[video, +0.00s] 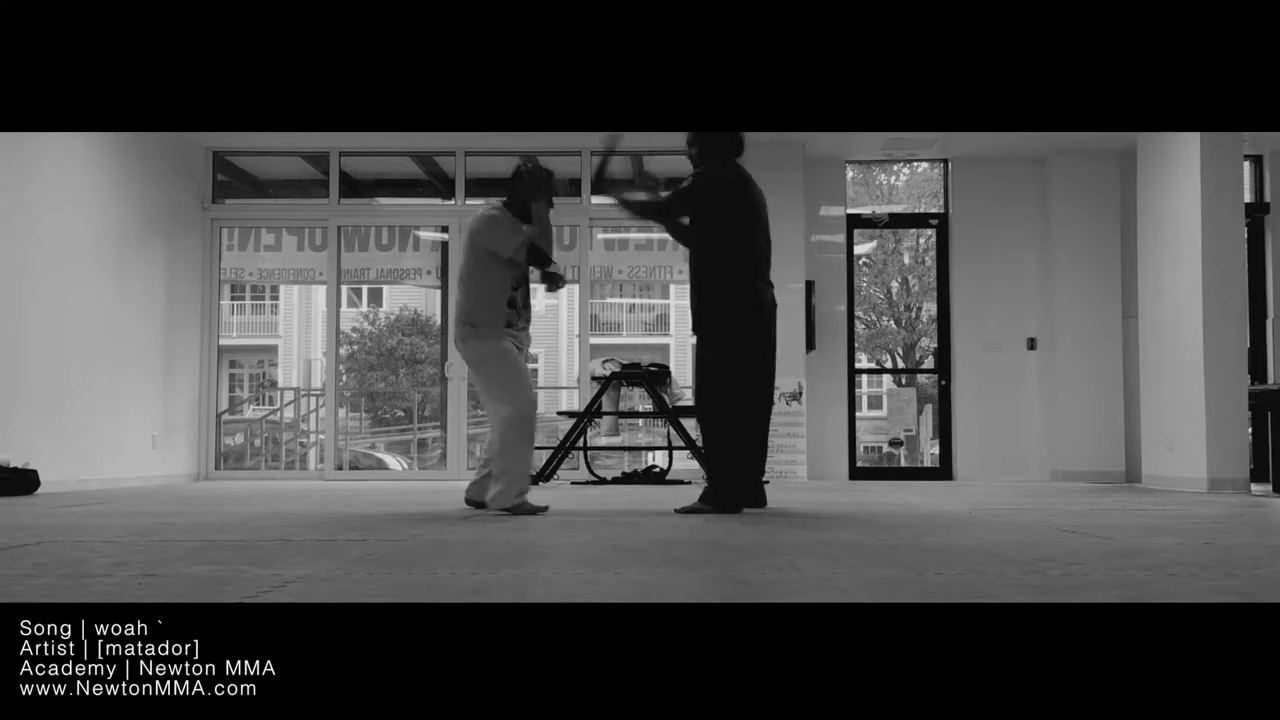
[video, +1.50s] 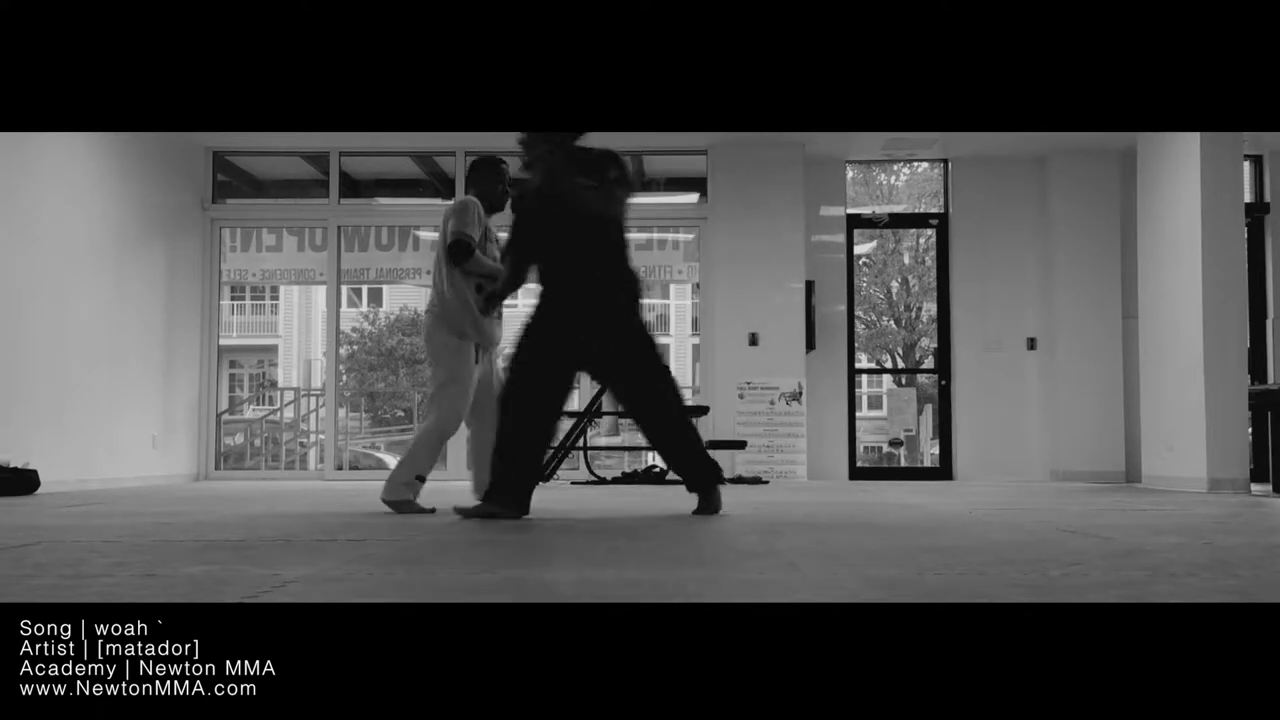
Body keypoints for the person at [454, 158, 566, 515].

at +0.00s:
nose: (546, 209)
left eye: (546, 203)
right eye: (544, 203)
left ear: (519, 194)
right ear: (528, 198)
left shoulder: (506, 224)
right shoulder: (492, 222)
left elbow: (529, 268)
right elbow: (543, 255)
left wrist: (550, 277)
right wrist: (542, 206)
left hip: (502, 335)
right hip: (484, 334)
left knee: (511, 408)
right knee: (519, 406)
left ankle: (484, 487)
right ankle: (508, 497)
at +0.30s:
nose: (541, 170)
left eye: (541, 162)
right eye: (537, 162)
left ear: (517, 164)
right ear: (517, 163)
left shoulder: (518, 203)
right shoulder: (481, 197)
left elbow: (532, 247)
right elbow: (522, 245)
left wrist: (557, 212)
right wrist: (543, 201)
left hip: (514, 323)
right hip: (486, 321)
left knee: (519, 402)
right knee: (507, 401)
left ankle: (474, 473)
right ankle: (497, 496)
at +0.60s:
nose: (543, 191)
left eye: (542, 184)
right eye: (542, 184)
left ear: (510, 176)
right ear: (536, 179)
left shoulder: (482, 203)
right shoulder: (522, 195)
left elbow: (480, 258)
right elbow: (530, 253)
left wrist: (518, 273)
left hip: (458, 322)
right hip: (489, 322)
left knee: (483, 407)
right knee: (521, 404)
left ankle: (463, 492)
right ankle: (498, 497)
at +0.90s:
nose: (514, 189)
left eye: (514, 184)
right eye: (512, 183)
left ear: (478, 181)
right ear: (501, 181)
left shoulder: (448, 214)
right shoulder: (509, 201)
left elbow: (444, 271)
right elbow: (529, 248)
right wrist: (542, 264)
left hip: (457, 322)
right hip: (498, 318)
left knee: (475, 407)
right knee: (528, 396)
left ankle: (465, 494)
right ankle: (529, 476)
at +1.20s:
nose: (519, 177)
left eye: (519, 171)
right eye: (517, 170)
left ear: (484, 166)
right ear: (505, 168)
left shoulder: (476, 201)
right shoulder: (483, 189)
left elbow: (513, 253)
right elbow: (483, 231)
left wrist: (528, 211)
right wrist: (531, 225)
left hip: (451, 316)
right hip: (472, 317)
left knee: (466, 409)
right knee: (501, 400)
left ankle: (464, 492)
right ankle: (499, 484)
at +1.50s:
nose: (508, 191)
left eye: (508, 184)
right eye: (504, 184)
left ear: (483, 184)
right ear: (488, 184)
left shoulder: (487, 229)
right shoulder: (467, 206)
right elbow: (460, 252)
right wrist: (504, 272)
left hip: (481, 336)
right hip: (453, 330)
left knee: (489, 417)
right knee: (448, 416)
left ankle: (490, 496)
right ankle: (399, 491)